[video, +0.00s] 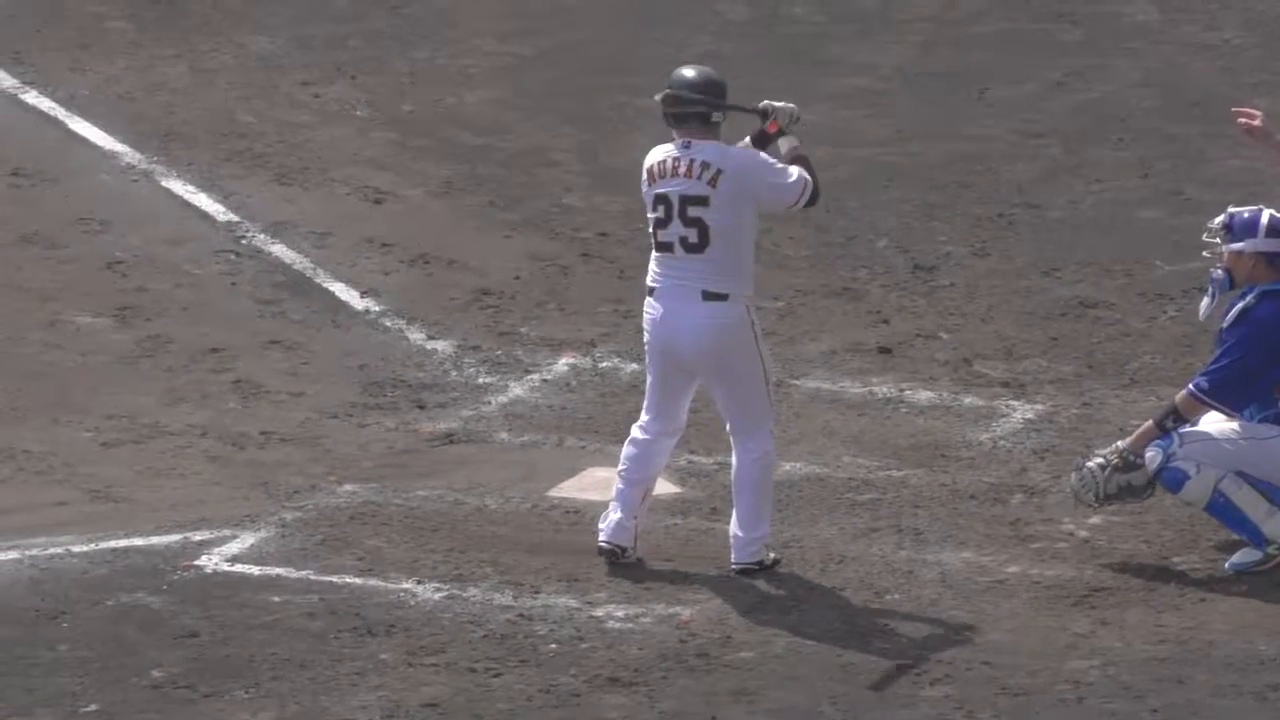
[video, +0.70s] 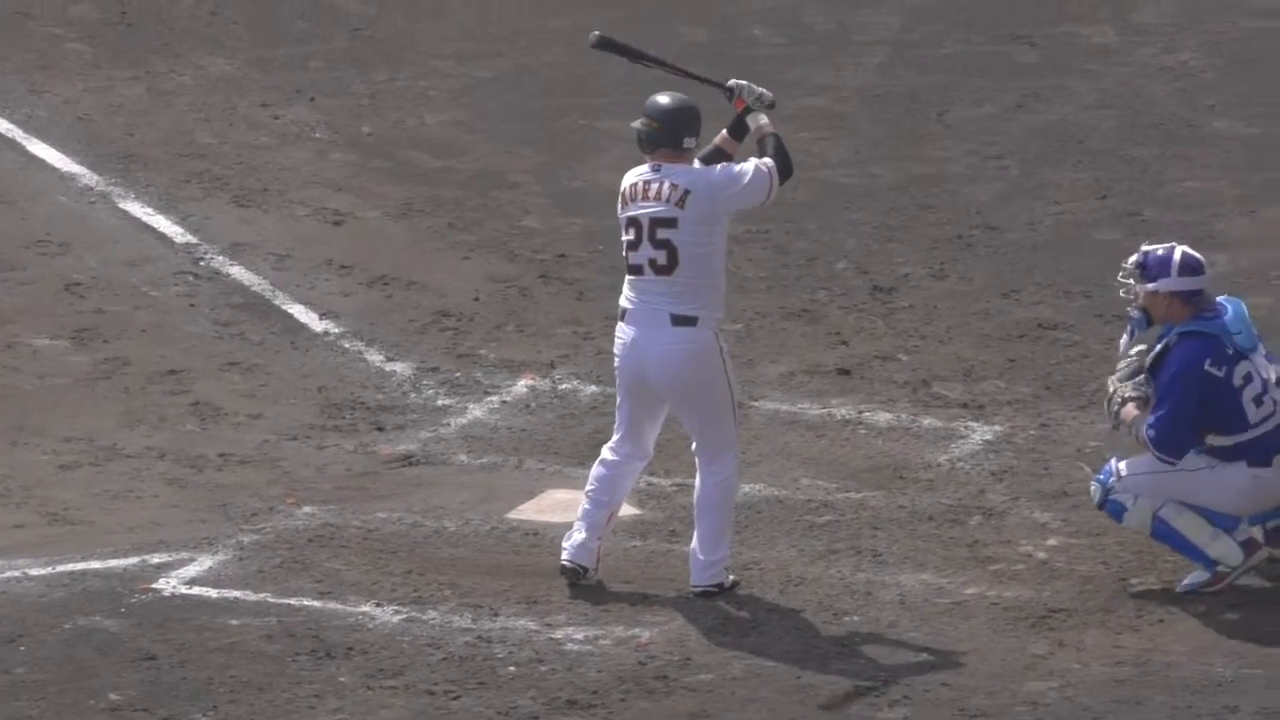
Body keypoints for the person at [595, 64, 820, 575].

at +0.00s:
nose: (687, 119)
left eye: (675, 110)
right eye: (718, 111)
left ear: (671, 113)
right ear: (720, 114)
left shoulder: (653, 162)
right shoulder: (743, 164)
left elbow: (712, 174)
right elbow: (806, 190)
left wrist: (761, 137)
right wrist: (791, 146)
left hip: (661, 312)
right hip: (724, 318)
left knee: (655, 421)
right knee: (751, 433)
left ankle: (615, 532)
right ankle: (748, 550)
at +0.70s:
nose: (640, 138)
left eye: (643, 133)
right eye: (647, 134)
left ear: (647, 138)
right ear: (691, 137)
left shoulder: (631, 184)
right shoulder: (712, 183)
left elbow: (704, 165)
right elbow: (780, 167)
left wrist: (743, 116)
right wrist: (762, 118)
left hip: (630, 336)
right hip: (690, 343)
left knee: (627, 444)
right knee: (716, 454)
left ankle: (578, 551)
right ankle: (708, 572)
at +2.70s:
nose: (603, 174)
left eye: (607, 169)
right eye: (659, 172)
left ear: (611, 172)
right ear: (657, 173)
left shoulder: (594, 217)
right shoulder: (673, 220)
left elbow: (672, 207)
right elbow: (738, 217)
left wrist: (710, 163)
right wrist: (728, 171)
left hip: (588, 369)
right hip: (648, 376)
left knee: (584, 476)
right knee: (676, 486)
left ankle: (535, 577)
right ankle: (664, 600)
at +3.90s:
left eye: (582, 197)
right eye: (630, 199)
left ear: (584, 199)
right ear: (627, 202)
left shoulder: (567, 242)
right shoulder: (638, 245)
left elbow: (641, 278)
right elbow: (708, 263)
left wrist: (710, 232)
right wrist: (705, 219)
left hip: (539, 392)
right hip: (599, 402)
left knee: (592, 435)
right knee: (632, 501)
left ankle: (554, 515)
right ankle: (619, 608)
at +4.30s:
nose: (594, 215)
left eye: (548, 201)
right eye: (593, 207)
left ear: (551, 205)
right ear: (591, 208)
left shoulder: (537, 243)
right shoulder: (598, 246)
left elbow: (607, 293)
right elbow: (668, 272)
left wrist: (666, 261)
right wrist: (672, 237)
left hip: (499, 381)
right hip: (548, 394)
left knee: (587, 404)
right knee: (598, 484)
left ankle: (532, 499)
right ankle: (601, 587)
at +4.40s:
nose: (538, 210)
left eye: (541, 204)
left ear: (545, 208)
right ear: (582, 212)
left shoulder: (530, 245)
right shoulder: (588, 247)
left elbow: (604, 295)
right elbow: (656, 268)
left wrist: (667, 263)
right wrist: (662, 239)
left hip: (490, 378)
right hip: (539, 389)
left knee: (534, 429)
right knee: (594, 479)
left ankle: (480, 506)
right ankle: (603, 581)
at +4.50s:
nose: (529, 218)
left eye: (531, 212)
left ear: (535, 215)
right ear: (570, 218)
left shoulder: (522, 250)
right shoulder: (573, 251)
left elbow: (593, 293)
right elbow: (638, 265)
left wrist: (651, 261)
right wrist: (647, 239)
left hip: (481, 376)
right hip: (528, 387)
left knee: (480, 448)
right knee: (587, 473)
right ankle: (603, 571)